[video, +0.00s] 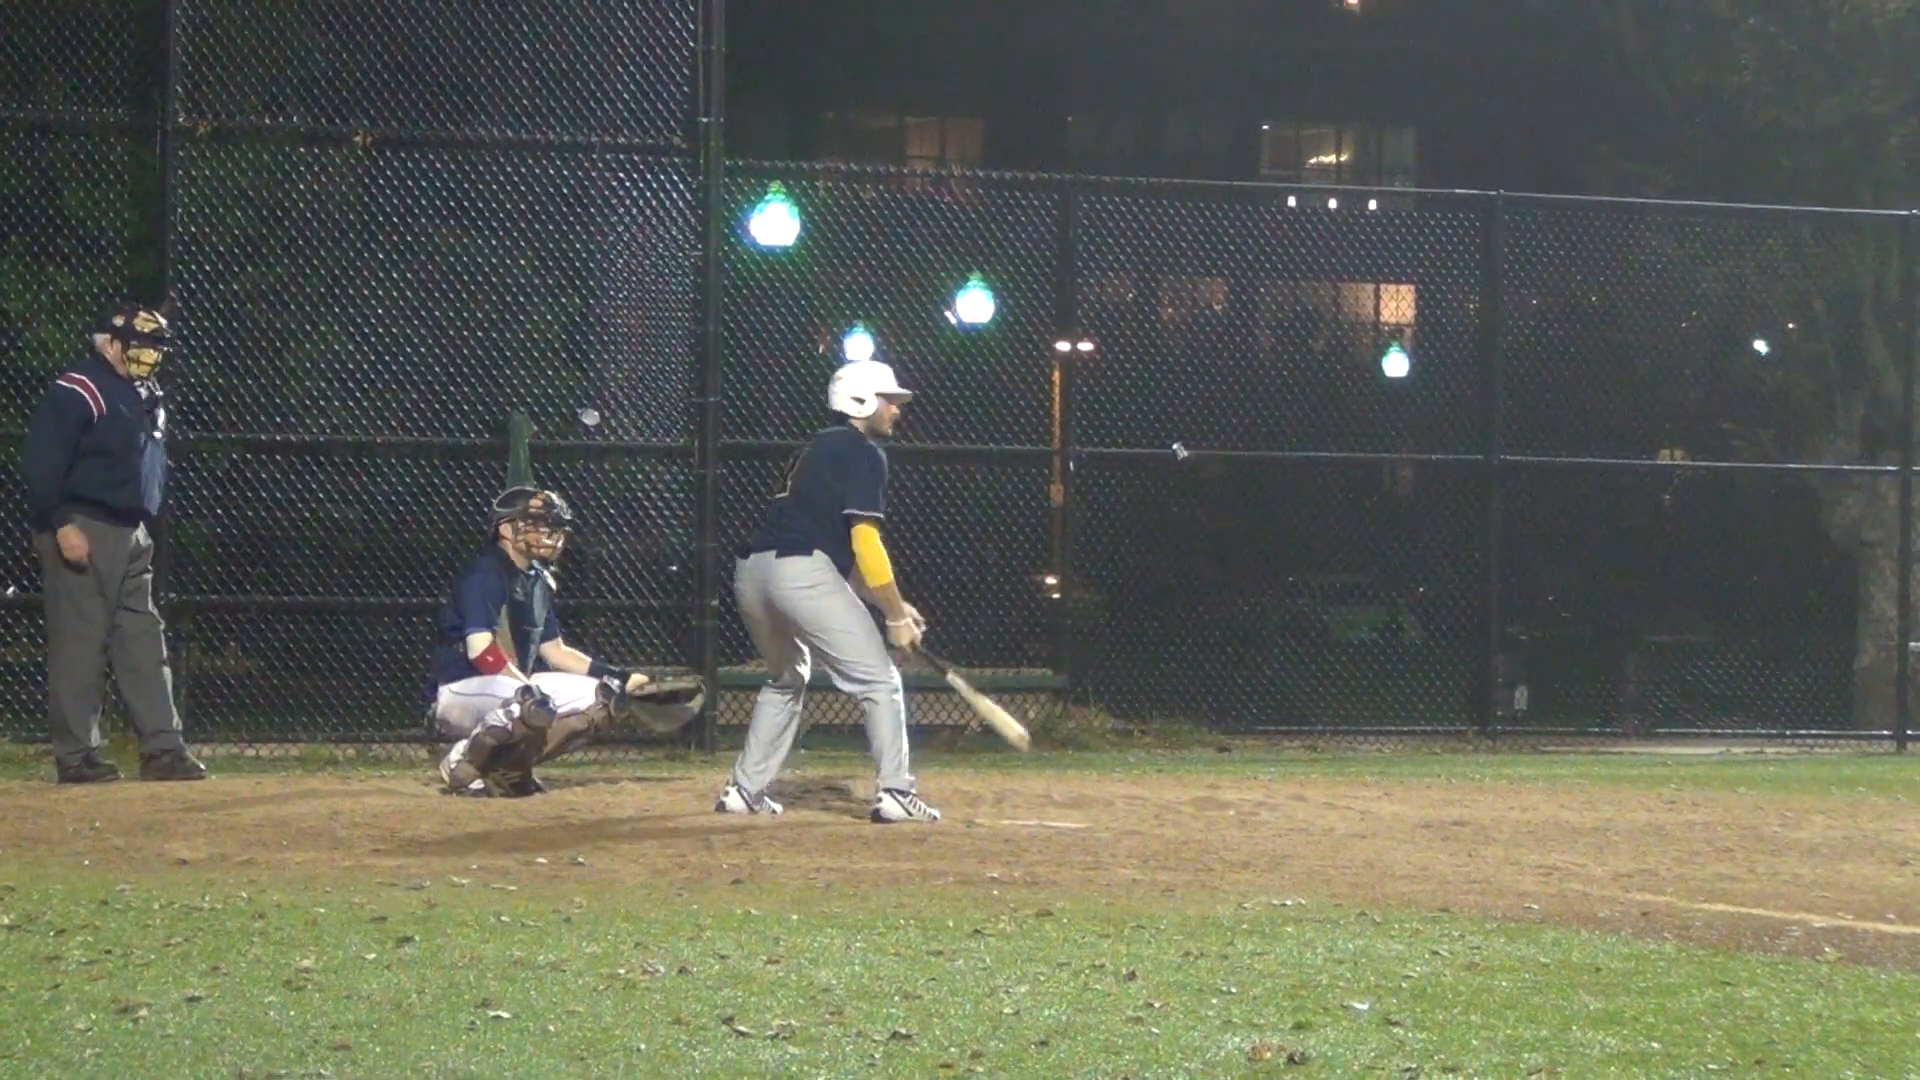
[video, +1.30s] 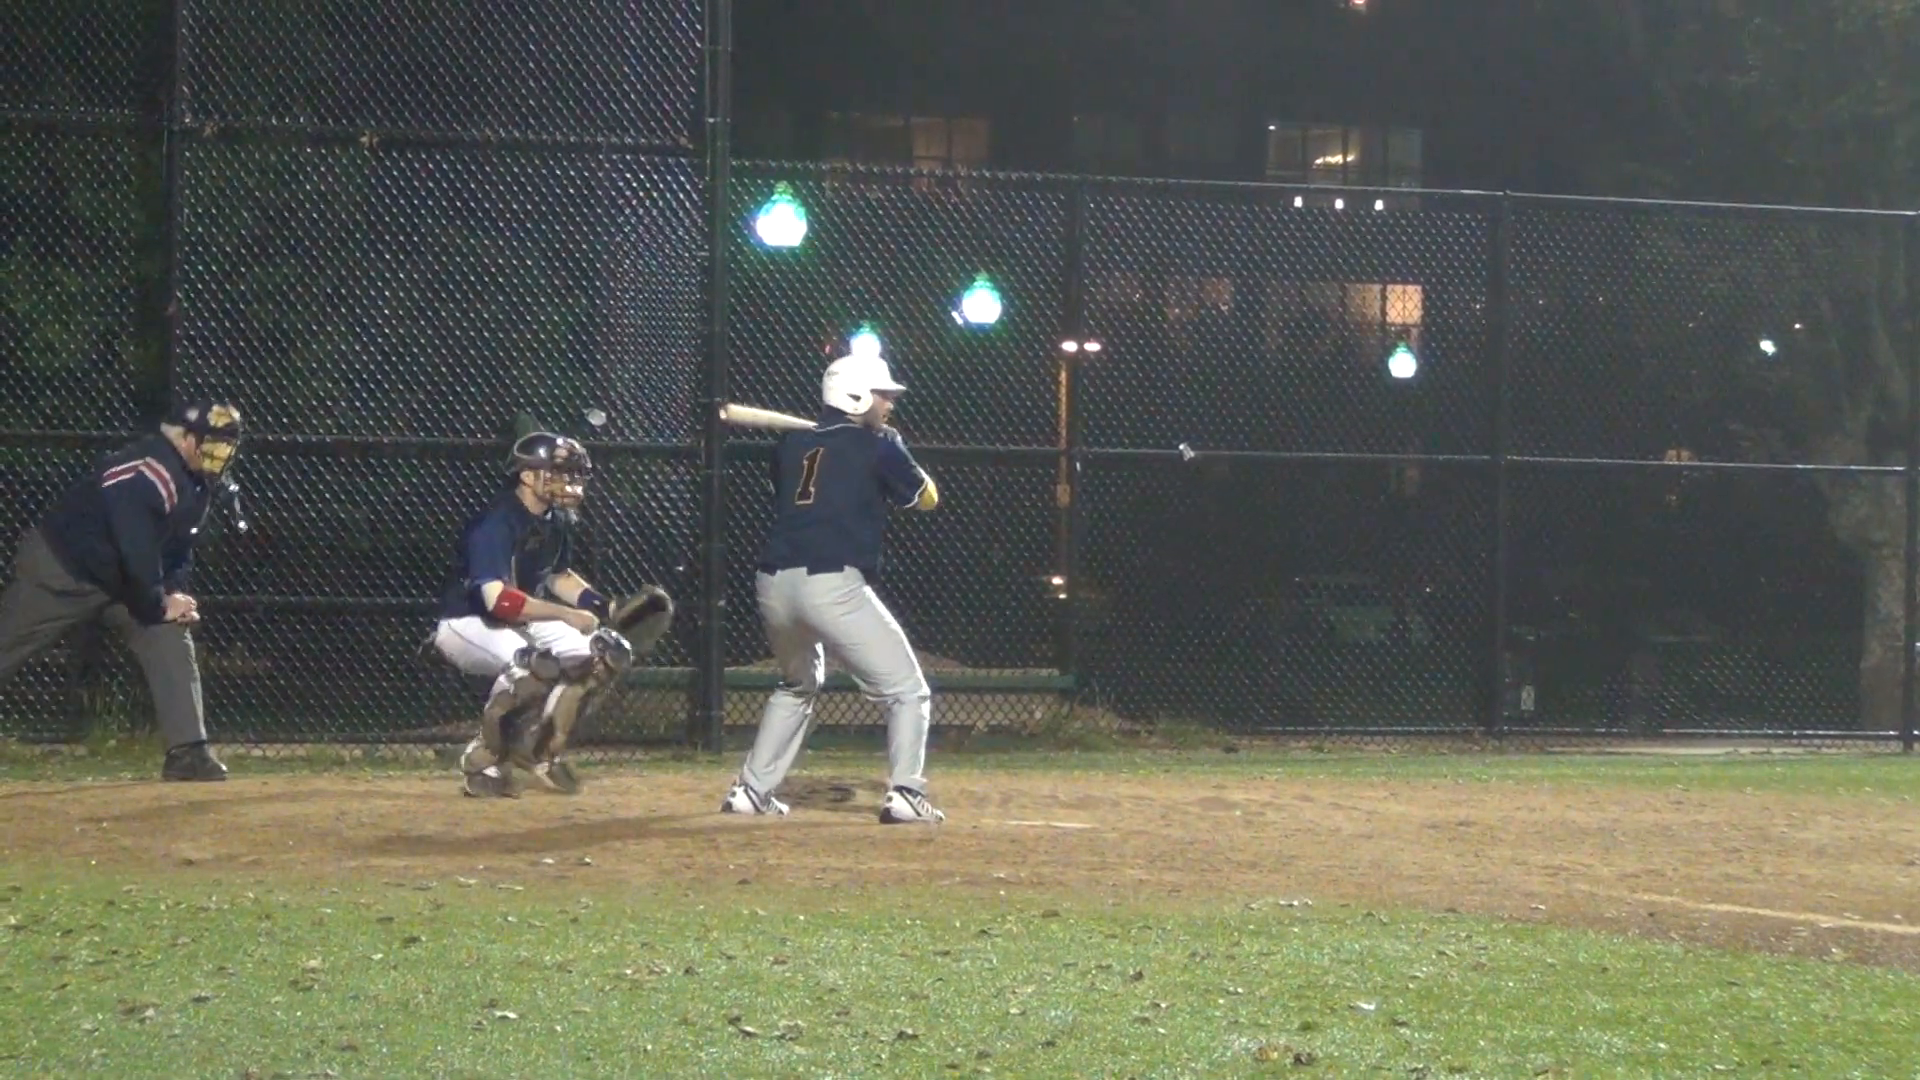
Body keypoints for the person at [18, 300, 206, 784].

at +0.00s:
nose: (149, 355)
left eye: (154, 347)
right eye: (140, 345)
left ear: (155, 349)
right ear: (113, 342)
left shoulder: (144, 394)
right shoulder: (79, 386)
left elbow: (143, 465)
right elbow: (40, 459)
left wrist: (142, 522)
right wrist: (61, 523)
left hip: (132, 534)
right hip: (80, 531)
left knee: (142, 641)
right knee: (79, 642)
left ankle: (163, 751)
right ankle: (75, 757)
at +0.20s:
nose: (150, 359)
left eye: (155, 350)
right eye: (142, 348)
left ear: (155, 351)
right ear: (114, 345)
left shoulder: (144, 395)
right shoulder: (83, 390)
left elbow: (139, 469)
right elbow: (45, 466)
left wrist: (163, 505)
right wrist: (104, 498)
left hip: (127, 533)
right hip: (72, 530)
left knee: (152, 628)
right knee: (78, 637)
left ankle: (166, 749)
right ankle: (76, 756)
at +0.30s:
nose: (155, 361)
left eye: (160, 352)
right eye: (147, 350)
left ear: (162, 354)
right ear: (118, 348)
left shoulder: (151, 400)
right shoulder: (85, 393)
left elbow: (146, 481)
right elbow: (68, 470)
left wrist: (192, 476)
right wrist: (139, 475)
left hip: (126, 536)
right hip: (73, 532)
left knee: (154, 627)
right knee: (77, 638)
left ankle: (171, 746)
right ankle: (76, 755)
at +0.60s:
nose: (191, 372)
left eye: (196, 364)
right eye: (182, 361)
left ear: (198, 367)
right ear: (154, 358)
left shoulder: (187, 414)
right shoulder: (122, 397)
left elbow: (207, 470)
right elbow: (140, 463)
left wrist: (262, 454)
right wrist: (206, 452)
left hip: (137, 539)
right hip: (83, 529)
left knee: (158, 640)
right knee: (84, 640)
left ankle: (182, 750)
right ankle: (79, 755)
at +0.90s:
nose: (235, 387)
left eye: (240, 379)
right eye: (228, 377)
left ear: (235, 381)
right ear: (201, 374)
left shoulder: (224, 427)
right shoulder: (156, 415)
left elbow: (223, 493)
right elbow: (161, 492)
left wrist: (260, 528)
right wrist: (221, 523)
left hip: (150, 542)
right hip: (96, 529)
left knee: (169, 641)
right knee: (89, 638)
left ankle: (184, 751)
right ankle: (64, 749)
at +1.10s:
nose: (239, 408)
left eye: (244, 400)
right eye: (232, 398)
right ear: (204, 394)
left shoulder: (221, 444)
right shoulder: (165, 429)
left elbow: (208, 519)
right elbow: (159, 508)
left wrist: (202, 575)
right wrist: (186, 575)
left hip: (147, 553)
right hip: (91, 537)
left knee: (171, 646)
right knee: (51, 641)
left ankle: (185, 751)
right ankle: (3, 719)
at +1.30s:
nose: (220, 453)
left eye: (225, 445)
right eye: (212, 442)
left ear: (231, 446)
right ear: (186, 439)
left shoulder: (196, 484)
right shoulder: (146, 472)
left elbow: (180, 550)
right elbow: (137, 554)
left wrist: (174, 591)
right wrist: (155, 608)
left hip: (123, 580)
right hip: (59, 570)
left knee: (170, 639)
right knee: (5, 657)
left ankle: (187, 750)